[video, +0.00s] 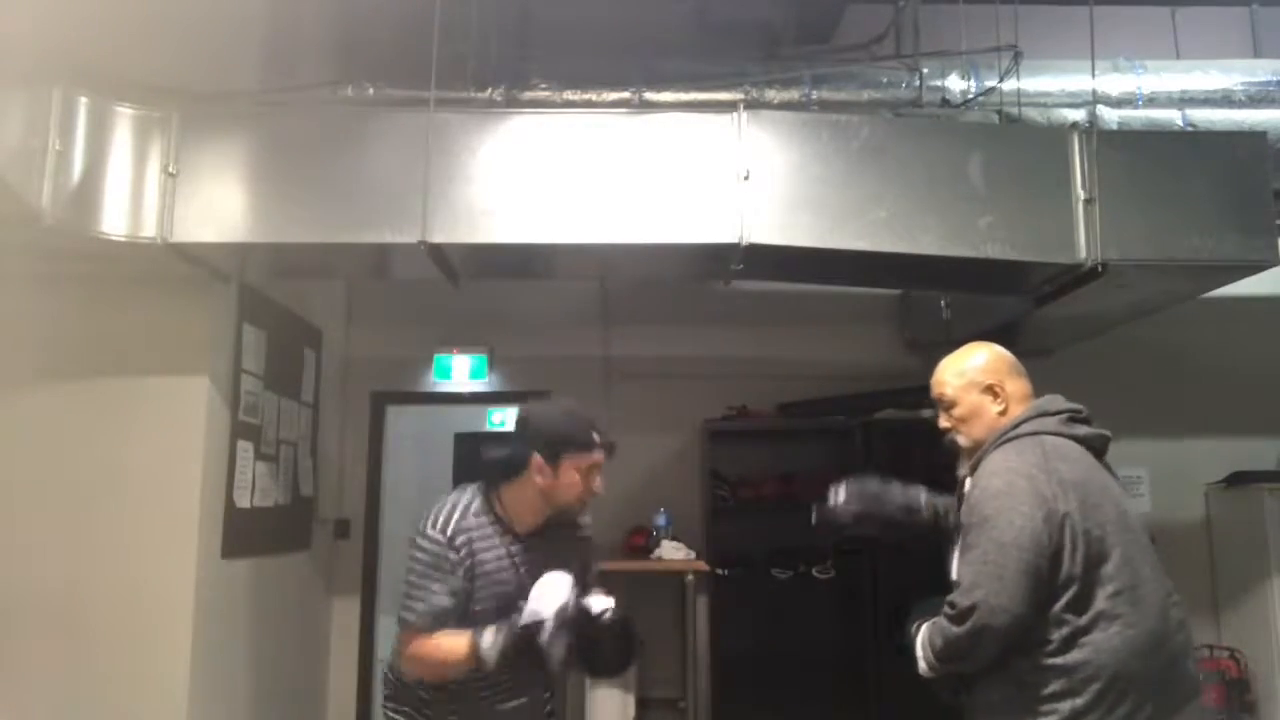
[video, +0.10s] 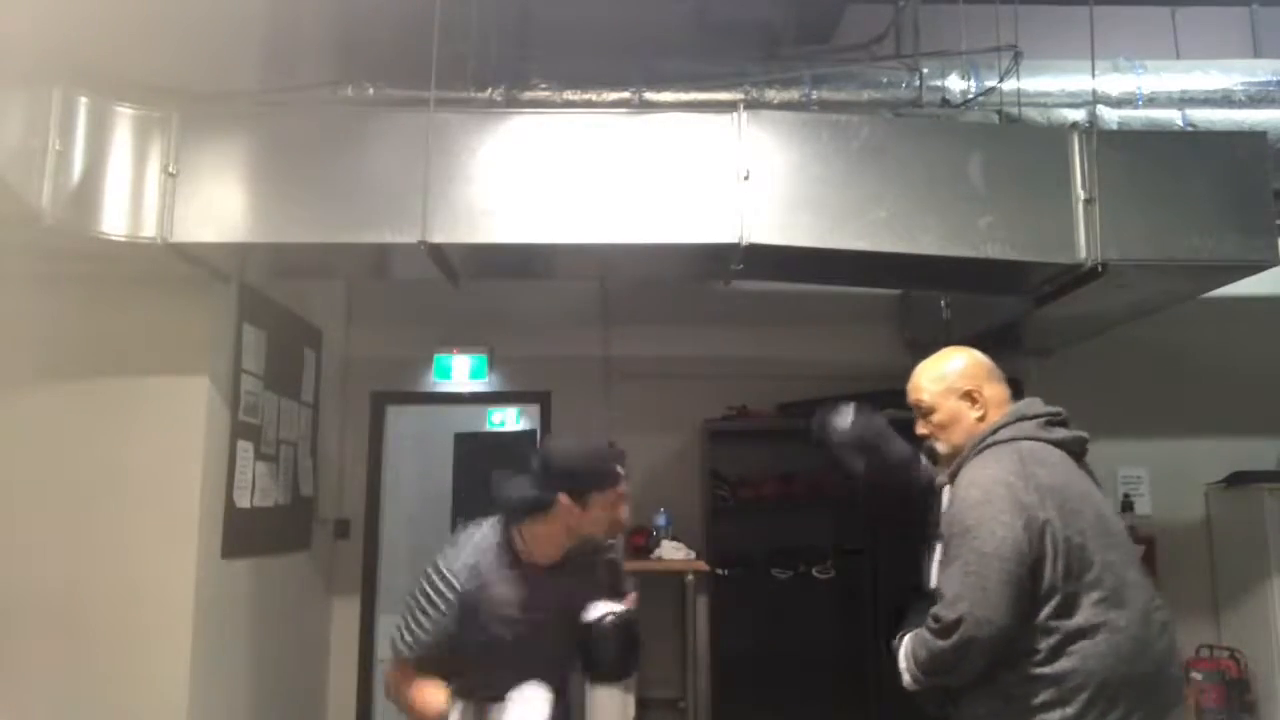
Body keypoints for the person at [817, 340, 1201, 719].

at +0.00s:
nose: (941, 424)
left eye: (948, 406)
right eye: (938, 410)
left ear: (996, 397)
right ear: (999, 399)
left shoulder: (1009, 471)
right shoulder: (1065, 453)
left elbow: (993, 613)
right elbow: (993, 519)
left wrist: (928, 646)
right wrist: (906, 506)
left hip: (1086, 697)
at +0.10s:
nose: (918, 430)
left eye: (925, 413)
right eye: (915, 416)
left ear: (975, 403)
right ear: (978, 403)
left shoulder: (989, 477)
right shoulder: (1043, 457)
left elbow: (978, 622)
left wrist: (911, 660)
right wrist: (898, 463)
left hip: (1077, 698)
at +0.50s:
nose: (906, 417)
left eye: (915, 400)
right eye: (904, 403)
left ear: (966, 395)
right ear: (964, 397)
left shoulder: (994, 474)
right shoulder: (985, 456)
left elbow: (983, 622)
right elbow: (907, 506)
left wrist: (889, 671)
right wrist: (829, 524)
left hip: (1065, 700)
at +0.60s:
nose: (921, 414)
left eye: (932, 397)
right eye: (921, 399)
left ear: (983, 395)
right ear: (982, 397)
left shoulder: (1013, 477)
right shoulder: (985, 465)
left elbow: (1000, 626)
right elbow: (941, 556)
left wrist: (893, 669)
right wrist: (868, 583)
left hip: (1073, 705)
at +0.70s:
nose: (937, 418)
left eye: (948, 402)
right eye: (937, 403)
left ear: (1000, 400)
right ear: (1000, 401)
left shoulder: (1026, 476)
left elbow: (1020, 620)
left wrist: (918, 660)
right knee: (868, 631)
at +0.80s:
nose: (957, 418)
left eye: (968, 401)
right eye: (957, 404)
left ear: (1019, 399)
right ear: (1019, 400)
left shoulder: (1050, 471)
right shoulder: (1039, 462)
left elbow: (1033, 609)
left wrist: (923, 621)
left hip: (1090, 705)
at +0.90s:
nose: (976, 412)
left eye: (985, 395)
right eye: (975, 398)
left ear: (1036, 393)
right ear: (1037, 394)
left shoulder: (1071, 464)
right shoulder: (1067, 453)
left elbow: (1033, 580)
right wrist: (1009, 474)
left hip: (1087, 703)